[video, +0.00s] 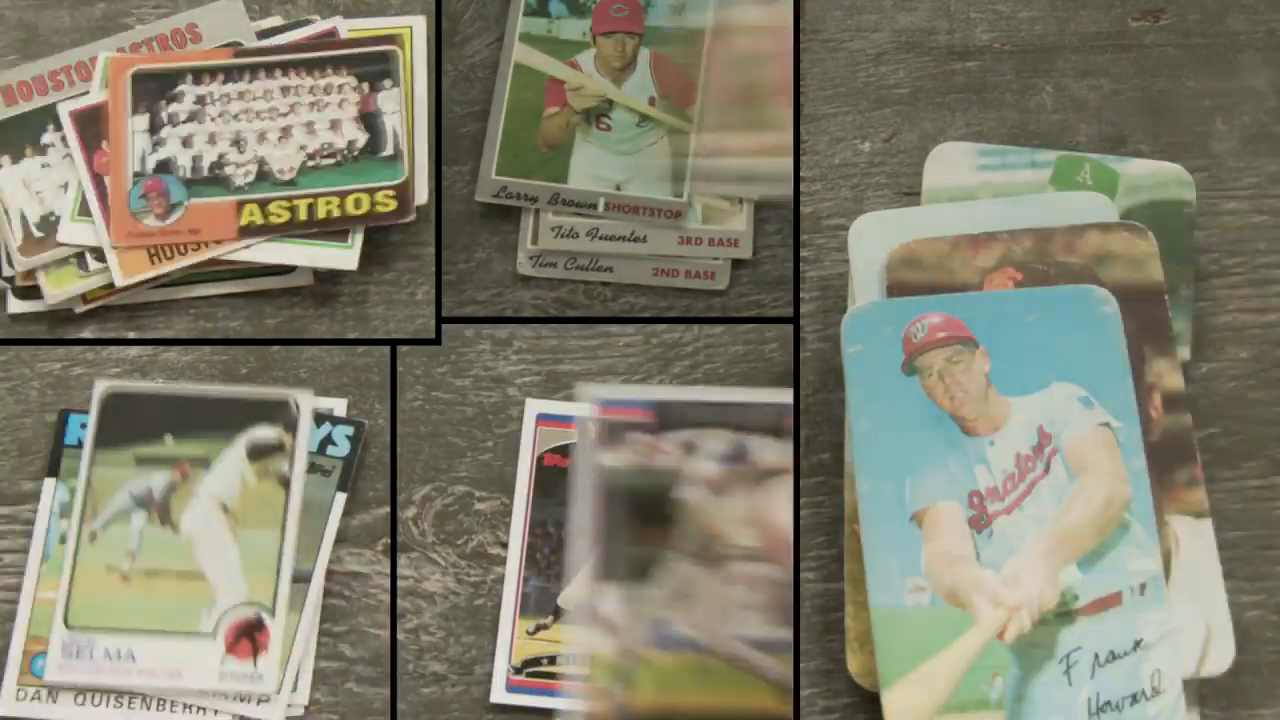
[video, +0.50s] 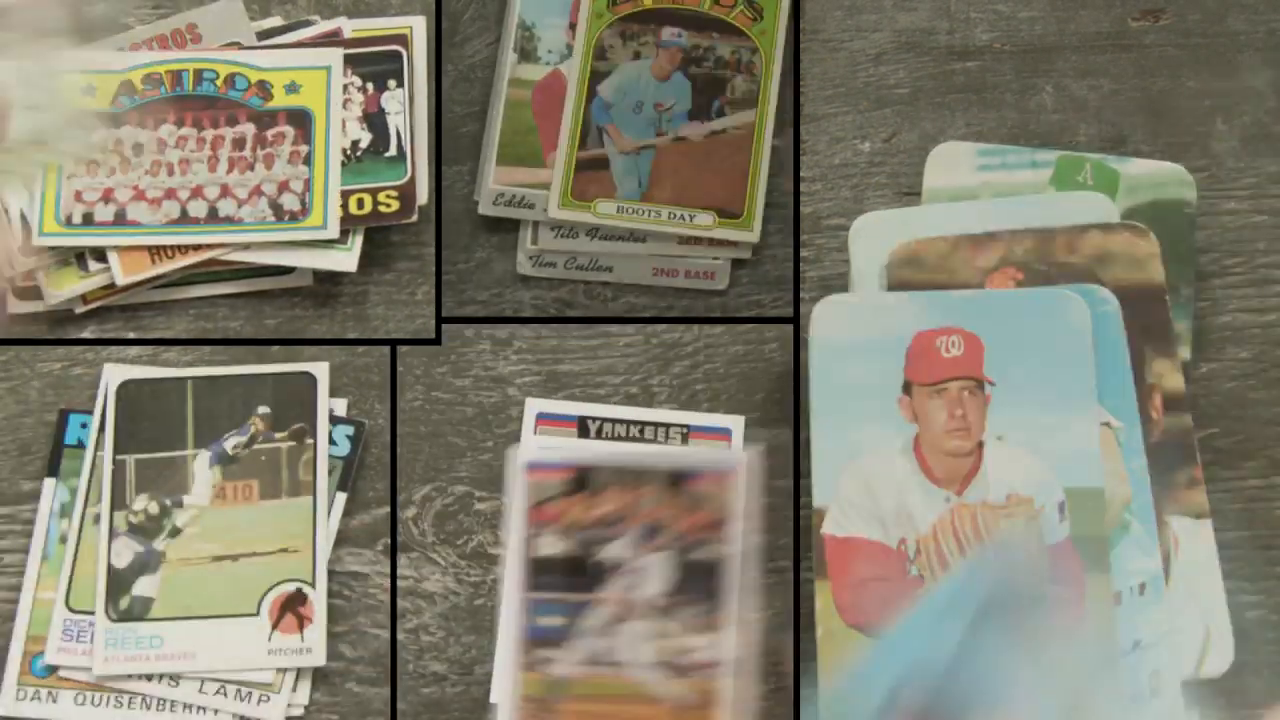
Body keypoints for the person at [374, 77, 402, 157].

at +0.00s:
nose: (386, 87)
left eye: (387, 85)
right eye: (385, 85)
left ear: (390, 85)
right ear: (383, 86)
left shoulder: (396, 91)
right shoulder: (381, 94)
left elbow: (400, 102)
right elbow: (379, 105)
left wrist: (400, 110)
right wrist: (384, 111)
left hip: (396, 113)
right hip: (386, 115)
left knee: (400, 132)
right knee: (389, 133)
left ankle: (403, 147)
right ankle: (389, 150)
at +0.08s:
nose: (388, 85)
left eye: (389, 83)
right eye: (386, 83)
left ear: (392, 83)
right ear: (384, 84)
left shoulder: (397, 91)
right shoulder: (381, 94)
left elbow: (401, 101)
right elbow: (379, 103)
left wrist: (398, 108)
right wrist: (384, 109)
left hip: (397, 114)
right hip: (386, 114)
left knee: (400, 132)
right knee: (389, 133)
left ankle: (404, 149)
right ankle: (390, 150)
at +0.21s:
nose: (387, 85)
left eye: (389, 83)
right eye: (386, 83)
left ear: (392, 83)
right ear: (383, 84)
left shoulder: (397, 91)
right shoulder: (381, 94)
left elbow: (401, 101)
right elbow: (379, 103)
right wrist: (384, 108)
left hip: (397, 114)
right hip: (386, 115)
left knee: (400, 132)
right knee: (389, 133)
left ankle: (403, 149)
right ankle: (389, 150)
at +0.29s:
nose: (391, 85)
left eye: (393, 83)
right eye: (389, 83)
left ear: (396, 83)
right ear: (387, 84)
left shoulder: (400, 91)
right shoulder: (385, 93)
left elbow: (404, 102)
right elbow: (383, 103)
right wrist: (388, 108)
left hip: (400, 114)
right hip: (390, 115)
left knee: (403, 133)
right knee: (392, 133)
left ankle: (407, 149)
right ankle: (392, 150)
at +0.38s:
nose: (391, 85)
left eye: (393, 83)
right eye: (390, 83)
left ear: (396, 84)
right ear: (387, 84)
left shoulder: (400, 92)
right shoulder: (385, 94)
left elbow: (404, 102)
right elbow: (383, 104)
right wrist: (389, 108)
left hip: (400, 114)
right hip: (389, 115)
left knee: (403, 133)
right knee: (392, 133)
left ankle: (407, 149)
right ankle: (392, 150)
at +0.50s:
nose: (391, 85)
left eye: (393, 83)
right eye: (389, 84)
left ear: (396, 84)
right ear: (387, 85)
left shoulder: (400, 92)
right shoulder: (385, 94)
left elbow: (404, 102)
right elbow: (383, 104)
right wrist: (388, 108)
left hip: (400, 114)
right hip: (390, 115)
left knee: (403, 133)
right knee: (392, 134)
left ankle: (407, 149)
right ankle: (392, 150)